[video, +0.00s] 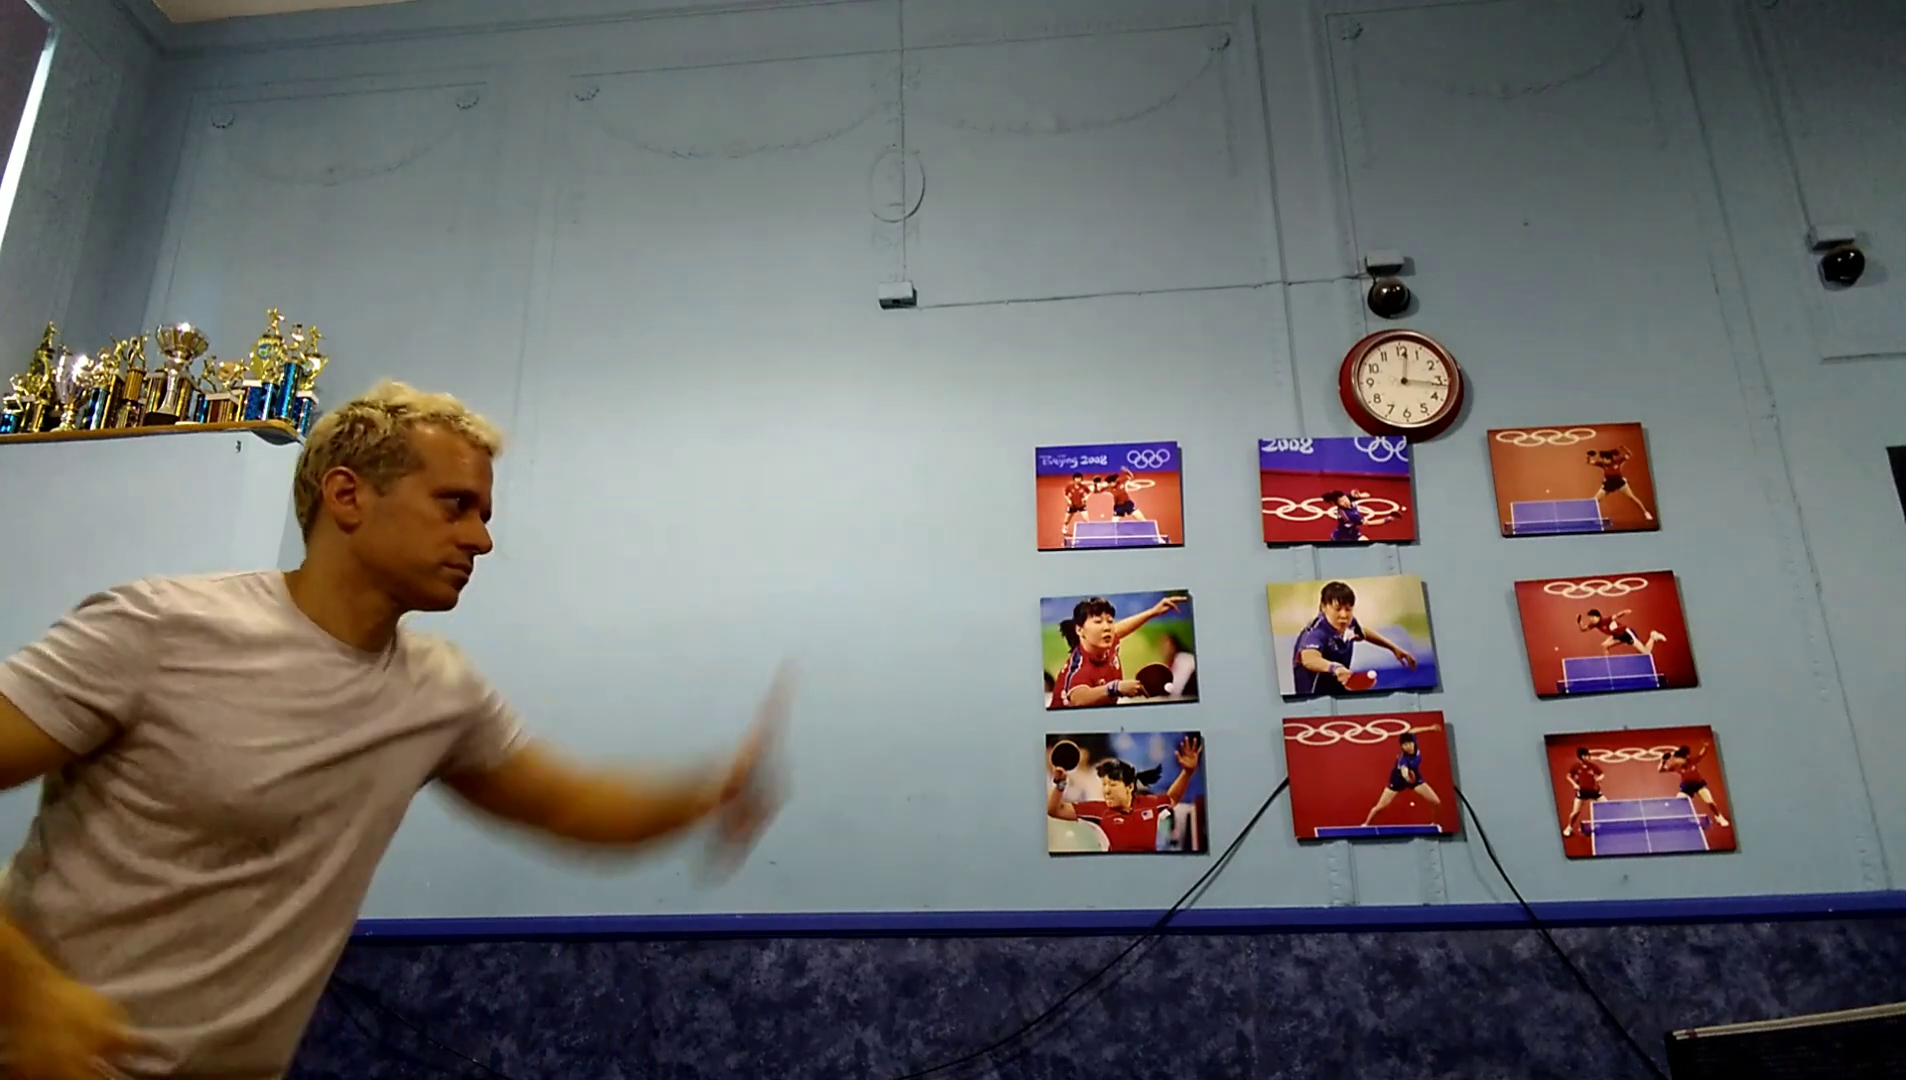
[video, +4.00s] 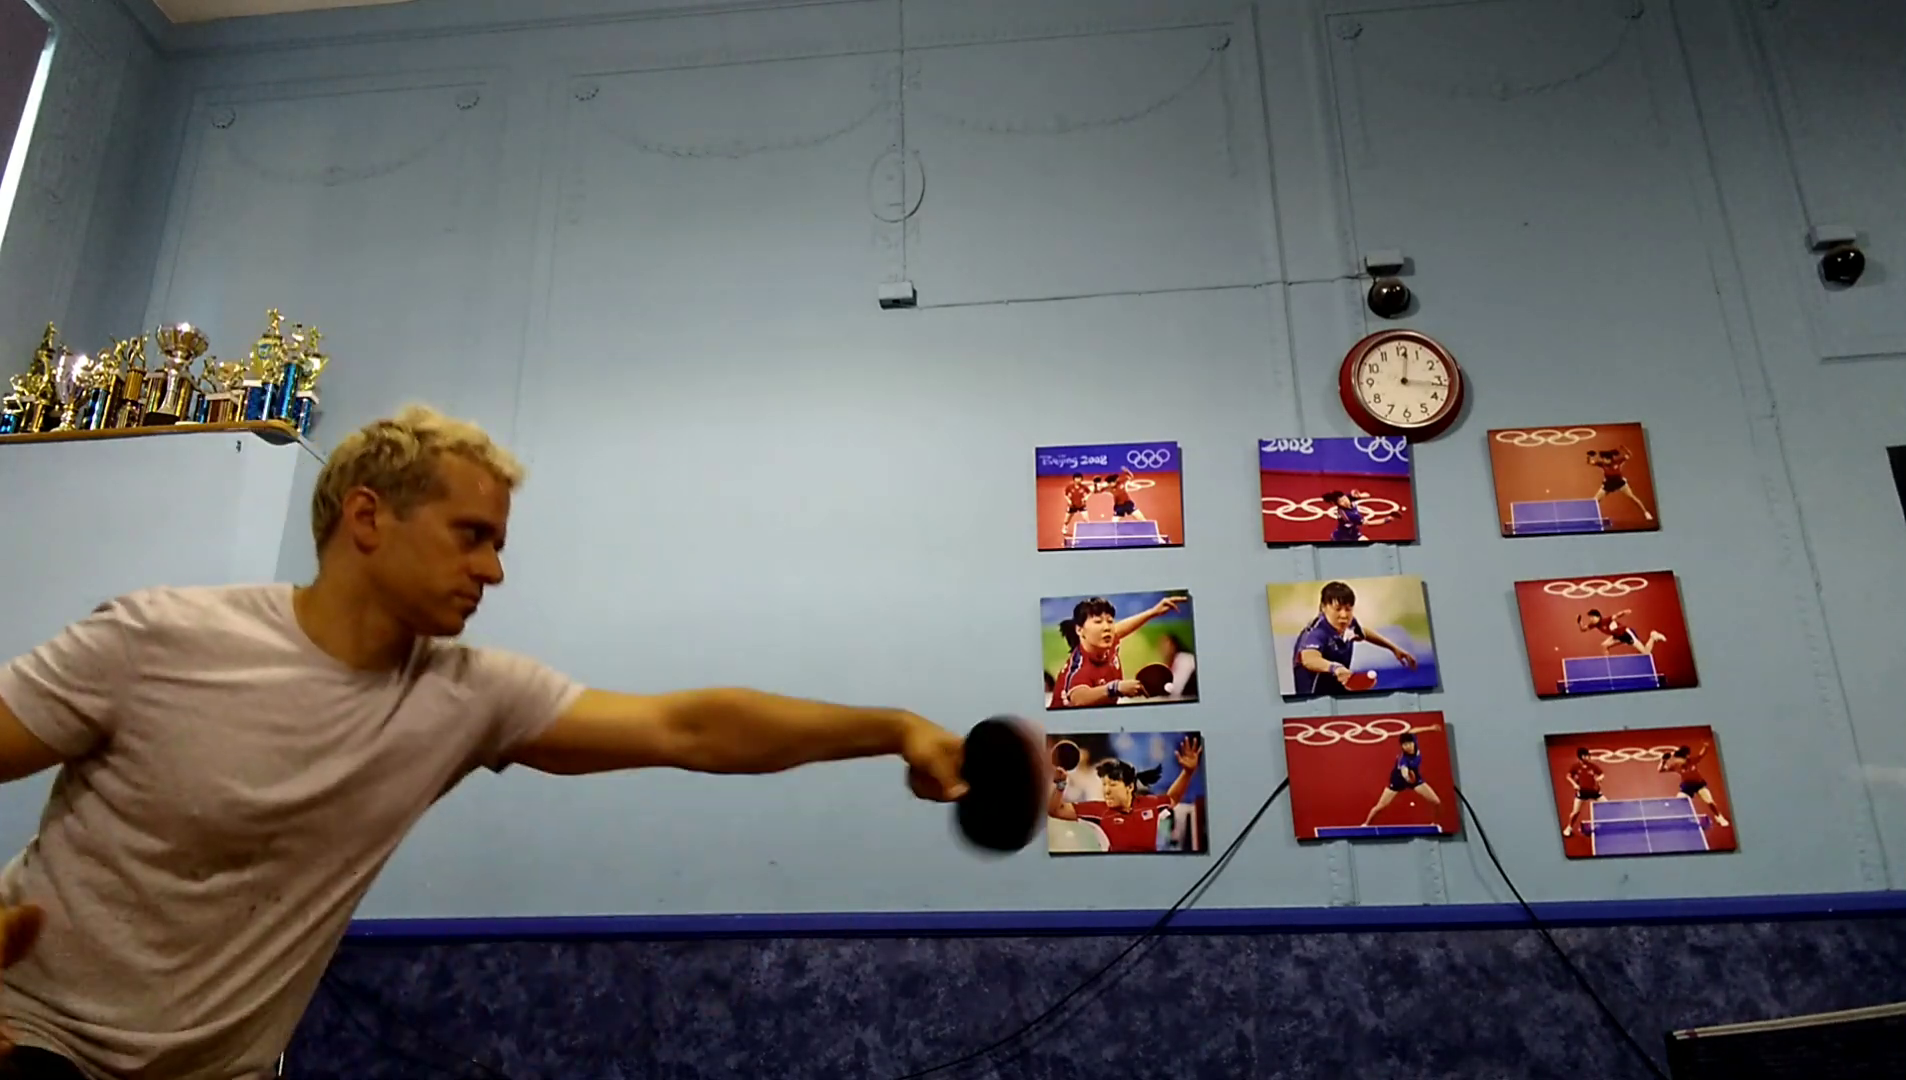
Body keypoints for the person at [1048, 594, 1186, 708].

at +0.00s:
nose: (1107, 628)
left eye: (1110, 622)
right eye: (1098, 622)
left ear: (1114, 625)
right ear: (1080, 630)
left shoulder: (1109, 644)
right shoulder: (1079, 666)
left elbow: (1120, 629)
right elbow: (1078, 698)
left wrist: (1154, 612)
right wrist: (1115, 687)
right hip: (1069, 729)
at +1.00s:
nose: (1107, 628)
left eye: (1110, 622)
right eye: (1098, 622)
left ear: (1114, 626)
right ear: (1080, 630)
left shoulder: (1109, 644)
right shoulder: (1078, 666)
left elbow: (1119, 630)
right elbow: (1078, 699)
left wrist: (1154, 611)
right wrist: (1115, 687)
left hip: (1101, 725)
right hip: (1069, 730)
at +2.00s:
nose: (1107, 628)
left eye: (1110, 622)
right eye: (1098, 622)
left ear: (1114, 626)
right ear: (1080, 630)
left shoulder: (1109, 644)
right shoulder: (1079, 666)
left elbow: (1119, 630)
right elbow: (1078, 698)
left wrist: (1154, 612)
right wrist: (1115, 687)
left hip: (1102, 724)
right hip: (1070, 729)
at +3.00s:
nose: (1107, 628)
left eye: (1109, 622)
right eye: (1098, 622)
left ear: (1114, 626)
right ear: (1080, 630)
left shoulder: (1109, 644)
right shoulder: (1079, 666)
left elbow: (1120, 630)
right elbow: (1078, 698)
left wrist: (1154, 611)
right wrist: (1115, 687)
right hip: (1069, 730)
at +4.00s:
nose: (1107, 628)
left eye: (1110, 622)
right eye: (1098, 622)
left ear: (1114, 626)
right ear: (1080, 630)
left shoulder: (1109, 644)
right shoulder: (1078, 666)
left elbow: (1120, 629)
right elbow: (1078, 698)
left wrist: (1154, 611)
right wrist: (1115, 687)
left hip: (1102, 724)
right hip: (1069, 729)